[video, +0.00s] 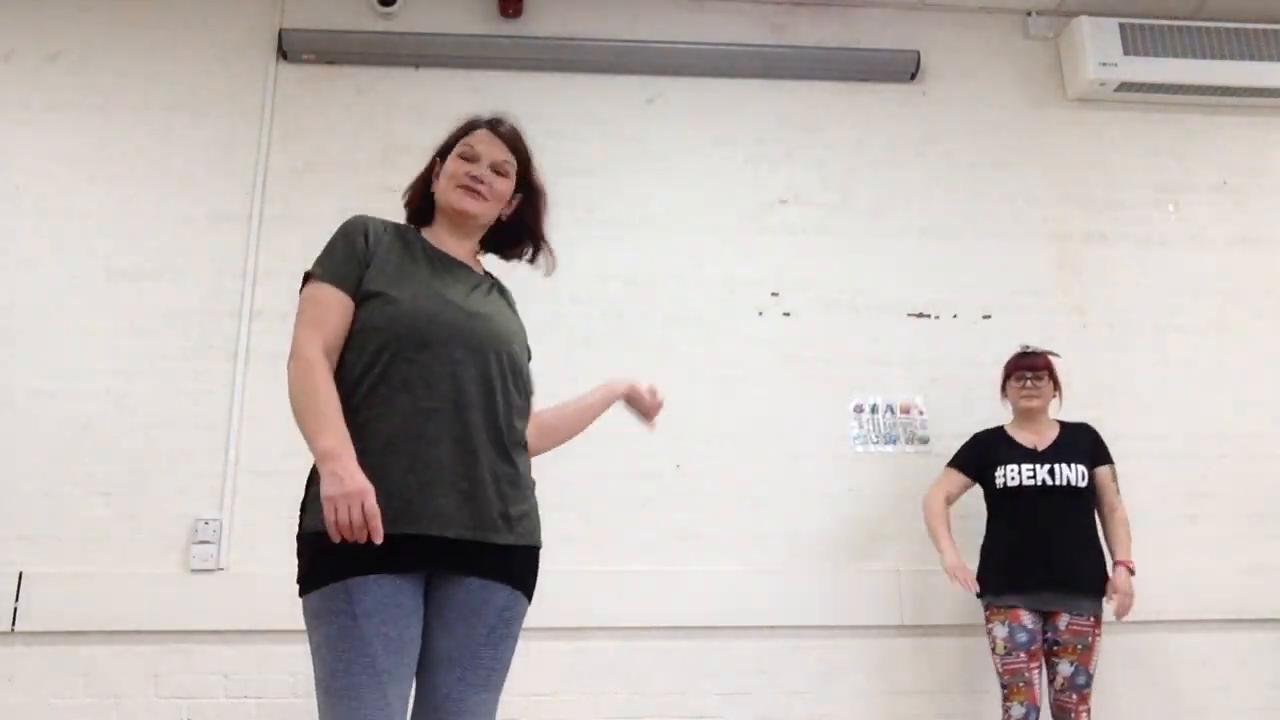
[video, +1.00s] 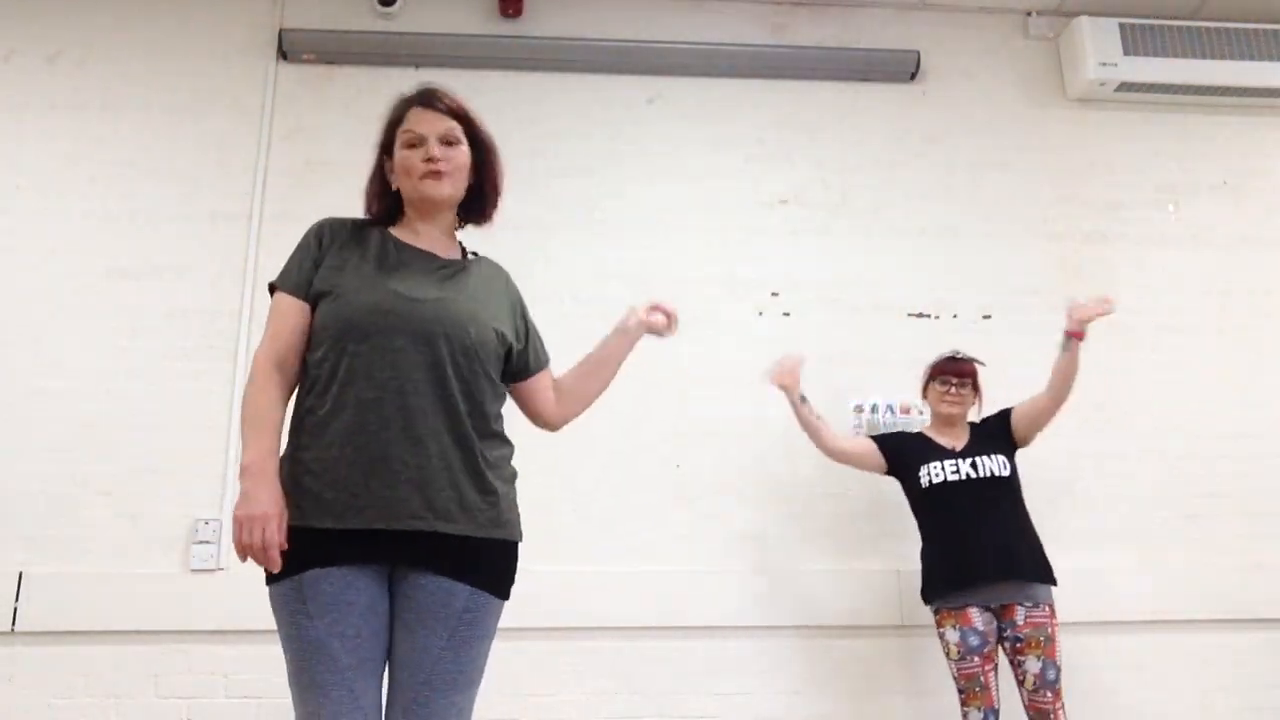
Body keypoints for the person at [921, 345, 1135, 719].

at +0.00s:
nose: (1029, 385)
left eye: (1039, 378)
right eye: (1020, 379)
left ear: (1054, 388)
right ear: (1006, 390)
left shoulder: (1084, 438)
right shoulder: (987, 444)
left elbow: (1111, 507)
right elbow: (936, 498)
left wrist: (1123, 566)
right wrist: (951, 557)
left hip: (1077, 594)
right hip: (1010, 594)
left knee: (1072, 708)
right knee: (1021, 708)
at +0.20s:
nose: (1024, 382)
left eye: (1033, 376)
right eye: (1014, 376)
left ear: (1048, 388)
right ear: (1000, 389)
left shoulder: (1075, 442)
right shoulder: (979, 447)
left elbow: (1118, 503)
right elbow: (941, 510)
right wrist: (924, 475)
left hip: (1068, 594)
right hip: (1001, 594)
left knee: (1067, 708)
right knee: (1012, 709)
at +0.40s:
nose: (1015, 388)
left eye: (1024, 382)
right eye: (1005, 383)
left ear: (1040, 392)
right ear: (990, 393)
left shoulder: (1067, 440)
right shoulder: (968, 444)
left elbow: (1142, 431)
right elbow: (894, 457)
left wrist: (1176, 380)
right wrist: (857, 404)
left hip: (1063, 596)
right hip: (992, 597)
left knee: (1064, 708)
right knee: (1006, 709)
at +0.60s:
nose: (995, 391)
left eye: (1005, 385)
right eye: (986, 384)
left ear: (1020, 397)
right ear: (971, 394)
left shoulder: (1044, 441)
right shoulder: (947, 445)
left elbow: (1107, 410)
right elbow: (875, 439)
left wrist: (1123, 353)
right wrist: (836, 392)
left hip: (1046, 595)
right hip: (977, 597)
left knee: (1053, 709)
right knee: (989, 709)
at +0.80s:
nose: (974, 391)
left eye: (984, 386)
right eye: (966, 384)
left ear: (996, 396)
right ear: (947, 392)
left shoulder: (1018, 436)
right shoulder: (923, 446)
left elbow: (1077, 403)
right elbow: (851, 437)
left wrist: (1102, 342)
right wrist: (816, 380)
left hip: (1031, 589)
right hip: (961, 595)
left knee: (1047, 707)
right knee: (981, 709)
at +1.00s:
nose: (954, 389)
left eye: (963, 384)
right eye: (944, 382)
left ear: (976, 395)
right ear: (926, 392)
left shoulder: (1000, 432)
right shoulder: (905, 448)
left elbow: (1055, 395)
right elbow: (835, 445)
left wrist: (1074, 335)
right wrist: (795, 395)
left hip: (1026, 588)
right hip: (958, 597)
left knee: (1046, 707)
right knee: (980, 711)